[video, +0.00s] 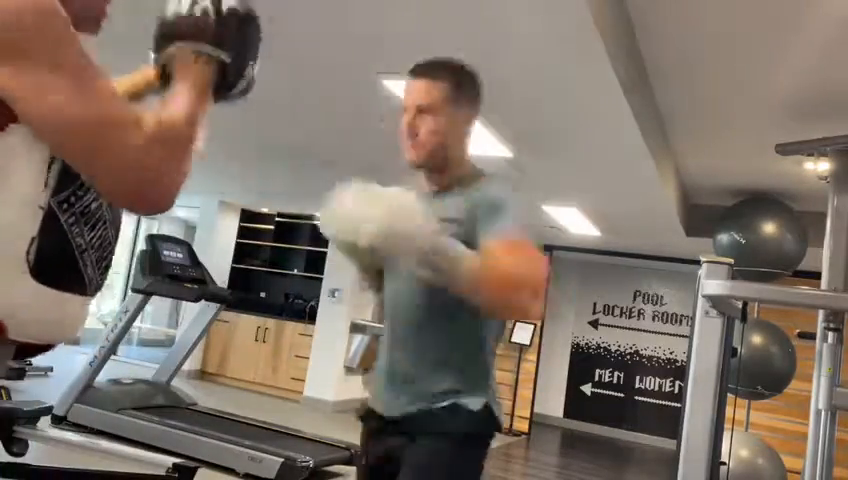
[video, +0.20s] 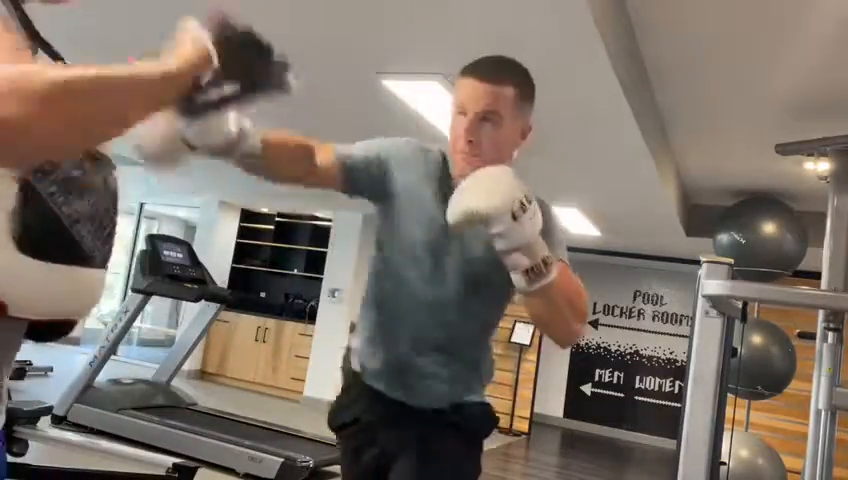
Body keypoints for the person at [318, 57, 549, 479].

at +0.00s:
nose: (408, 125)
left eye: (424, 112)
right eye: (405, 112)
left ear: (466, 119)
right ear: (401, 118)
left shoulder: (491, 201)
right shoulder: (409, 204)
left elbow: (525, 293)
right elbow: (394, 291)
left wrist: (424, 247)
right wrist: (369, 256)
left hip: (451, 420)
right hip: (386, 413)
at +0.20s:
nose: (468, 133)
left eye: (488, 120)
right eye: (460, 116)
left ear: (524, 135)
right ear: (449, 116)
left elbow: (571, 328)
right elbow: (313, 161)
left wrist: (528, 254)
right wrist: (233, 140)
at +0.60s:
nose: (395, 136)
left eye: (408, 121)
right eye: (394, 124)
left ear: (451, 123)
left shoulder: (497, 187)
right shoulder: (443, 198)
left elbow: (462, 261)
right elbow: (389, 275)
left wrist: (398, 189)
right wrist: (378, 207)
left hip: (461, 400)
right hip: (429, 394)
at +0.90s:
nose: (413, 152)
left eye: (426, 136)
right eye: (411, 138)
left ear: (465, 139)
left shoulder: (512, 194)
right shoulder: (455, 212)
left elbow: (506, 264)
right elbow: (406, 290)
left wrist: (432, 208)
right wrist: (391, 225)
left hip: (484, 397)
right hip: (442, 393)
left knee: (421, 473)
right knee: (396, 472)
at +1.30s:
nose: (443, 145)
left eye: (458, 130)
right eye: (442, 132)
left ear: (504, 138)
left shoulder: (547, 212)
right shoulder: (469, 216)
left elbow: (539, 305)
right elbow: (417, 307)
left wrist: (458, 229)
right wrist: (401, 245)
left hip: (512, 435)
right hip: (455, 426)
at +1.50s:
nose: (465, 94)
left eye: (480, 76)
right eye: (464, 80)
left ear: (533, 77)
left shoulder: (583, 150)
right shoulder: (512, 174)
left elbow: (552, 220)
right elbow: (451, 270)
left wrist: (465, 146)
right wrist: (431, 187)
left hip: (541, 410)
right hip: (493, 401)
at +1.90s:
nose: (498, 100)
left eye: (512, 75)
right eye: (497, 83)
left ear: (571, 69)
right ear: (569, 72)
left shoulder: (641, 156)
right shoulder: (573, 182)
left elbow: (571, 282)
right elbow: (528, 305)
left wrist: (478, 192)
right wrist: (481, 220)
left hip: (607, 451)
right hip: (560, 441)